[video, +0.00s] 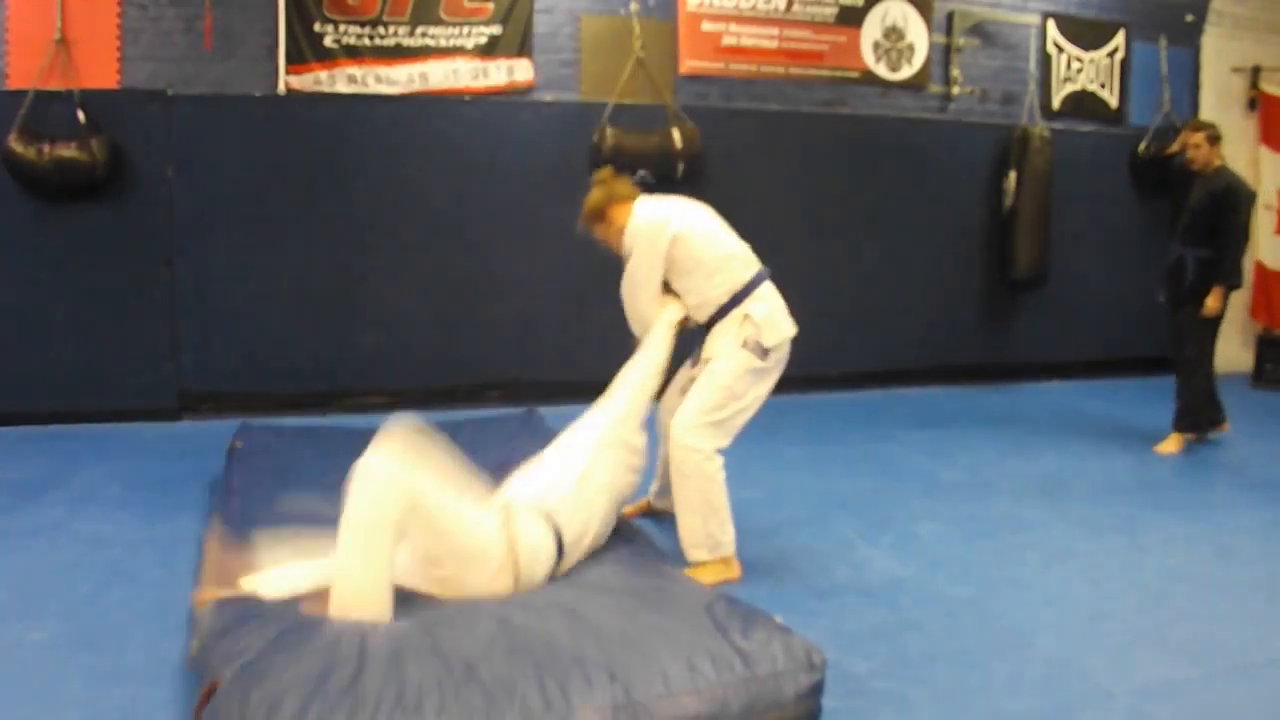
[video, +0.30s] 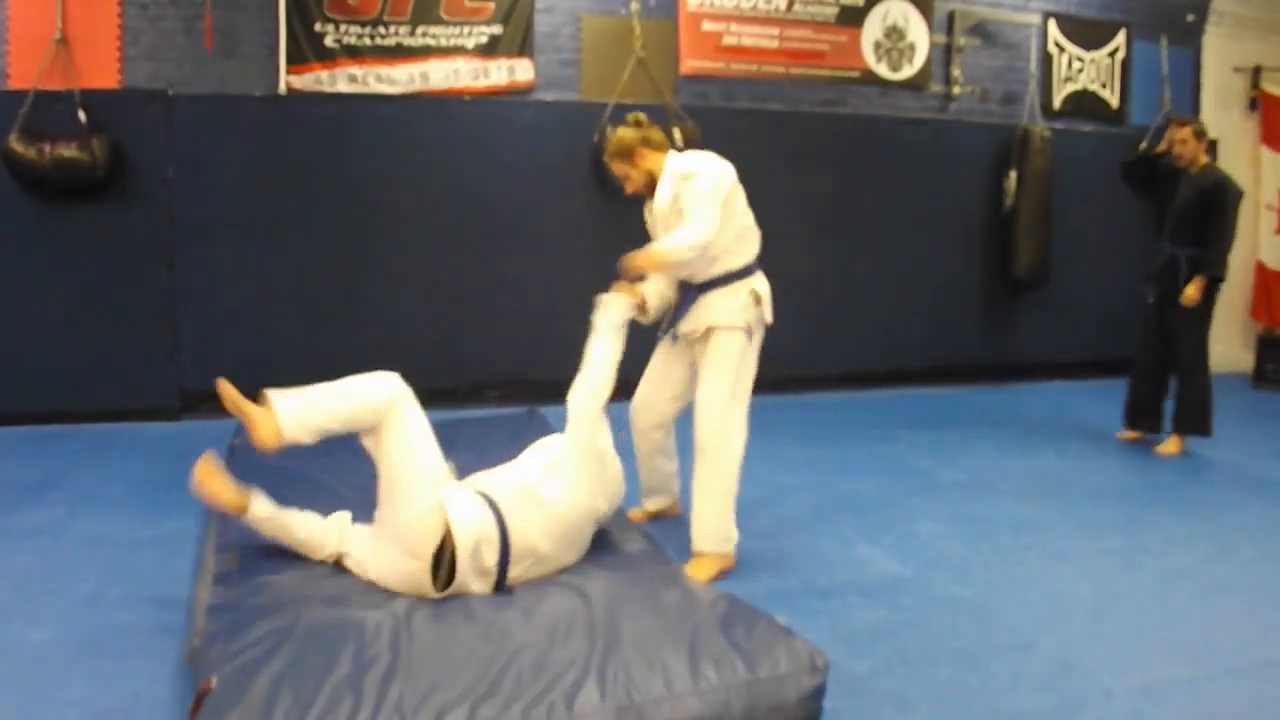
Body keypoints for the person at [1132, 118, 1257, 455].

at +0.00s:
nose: (1189, 155)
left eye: (1195, 148)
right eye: (1186, 149)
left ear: (1214, 147)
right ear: (1184, 150)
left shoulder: (1234, 189)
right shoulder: (1189, 178)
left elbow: (1233, 245)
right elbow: (1146, 175)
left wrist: (1220, 288)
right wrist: (1166, 153)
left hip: (1207, 281)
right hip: (1181, 276)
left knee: (1192, 355)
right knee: (1188, 352)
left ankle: (1184, 427)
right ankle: (1211, 416)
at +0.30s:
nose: (1176, 150)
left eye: (1183, 143)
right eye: (1172, 144)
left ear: (1202, 144)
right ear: (1168, 146)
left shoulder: (1220, 185)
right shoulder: (1170, 175)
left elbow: (1220, 242)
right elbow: (1132, 173)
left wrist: (1201, 280)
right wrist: (1154, 151)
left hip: (1196, 274)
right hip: (1165, 269)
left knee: (1189, 353)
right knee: (1151, 346)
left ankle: (1180, 432)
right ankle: (1142, 422)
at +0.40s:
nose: (1169, 149)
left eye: (1175, 142)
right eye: (1165, 143)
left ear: (1194, 144)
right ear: (1160, 147)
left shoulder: (1214, 185)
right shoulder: (1159, 175)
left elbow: (1214, 241)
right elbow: (1122, 175)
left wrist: (1194, 278)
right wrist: (1149, 154)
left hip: (1191, 276)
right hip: (1158, 272)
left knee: (1186, 354)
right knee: (1143, 348)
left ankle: (1179, 433)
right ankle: (1122, 426)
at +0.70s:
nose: (1133, 151)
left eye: (1140, 143)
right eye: (1130, 145)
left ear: (1161, 144)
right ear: (1128, 149)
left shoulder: (1185, 184)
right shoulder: (1130, 178)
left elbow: (1196, 239)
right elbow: (1092, 182)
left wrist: (1187, 281)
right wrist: (1117, 159)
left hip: (1169, 280)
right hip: (1131, 277)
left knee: (1174, 360)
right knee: (1121, 357)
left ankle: (1178, 434)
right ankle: (1099, 436)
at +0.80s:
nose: (1121, 148)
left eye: (1127, 141)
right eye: (1118, 143)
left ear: (1147, 141)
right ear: (1116, 146)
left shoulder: (1174, 179)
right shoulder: (1119, 177)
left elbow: (1189, 232)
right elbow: (1079, 180)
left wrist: (1183, 275)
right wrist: (1104, 156)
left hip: (1160, 276)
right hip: (1122, 274)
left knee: (1165, 356)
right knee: (1115, 356)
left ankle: (1175, 432)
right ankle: (1101, 436)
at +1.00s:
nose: (1103, 149)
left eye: (1108, 142)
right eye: (1100, 143)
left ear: (1128, 139)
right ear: (1098, 145)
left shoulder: (1158, 177)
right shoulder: (1100, 175)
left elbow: (1175, 228)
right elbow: (1064, 181)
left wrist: (1170, 271)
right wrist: (1088, 155)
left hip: (1146, 276)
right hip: (1106, 274)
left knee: (1146, 356)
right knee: (1103, 356)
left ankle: (1160, 431)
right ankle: (1099, 436)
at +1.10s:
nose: (1097, 150)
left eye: (1102, 143)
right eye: (1094, 143)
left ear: (1122, 140)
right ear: (1095, 144)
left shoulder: (1152, 175)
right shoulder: (1096, 174)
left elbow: (1172, 227)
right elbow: (1060, 182)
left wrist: (1167, 271)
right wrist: (1084, 155)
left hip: (1141, 275)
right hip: (1103, 273)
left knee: (1138, 358)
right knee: (1099, 356)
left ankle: (1143, 440)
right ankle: (1097, 437)